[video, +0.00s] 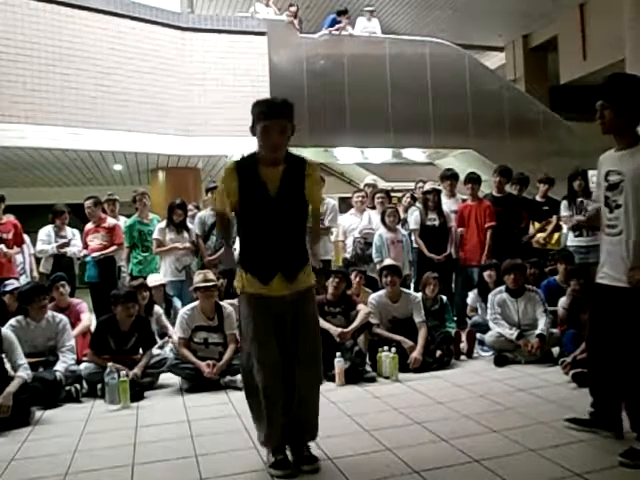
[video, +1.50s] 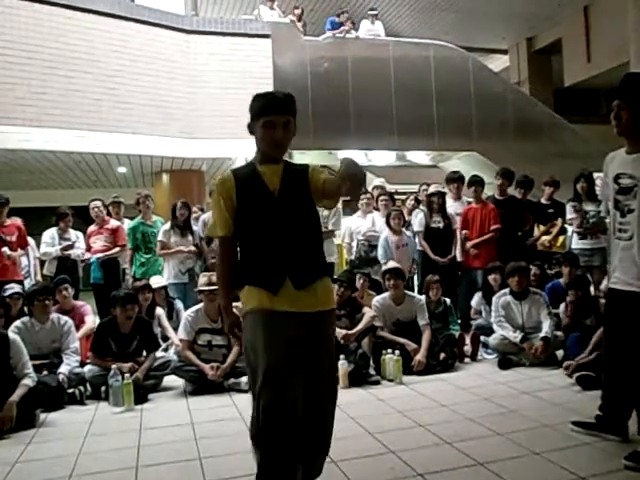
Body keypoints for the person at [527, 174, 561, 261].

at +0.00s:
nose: (546, 187)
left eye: (548, 185)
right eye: (543, 184)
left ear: (550, 188)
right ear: (538, 184)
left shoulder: (555, 203)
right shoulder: (530, 202)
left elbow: (554, 220)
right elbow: (529, 221)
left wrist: (544, 236)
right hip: (535, 239)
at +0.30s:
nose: (548, 190)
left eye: (550, 187)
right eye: (546, 186)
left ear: (553, 190)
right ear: (540, 186)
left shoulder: (557, 204)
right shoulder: (532, 203)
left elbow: (556, 222)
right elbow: (532, 223)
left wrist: (546, 238)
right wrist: (536, 238)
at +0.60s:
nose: (551, 190)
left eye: (553, 188)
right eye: (549, 187)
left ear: (555, 190)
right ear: (543, 187)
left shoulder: (560, 205)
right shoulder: (535, 204)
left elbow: (559, 223)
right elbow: (535, 224)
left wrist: (549, 238)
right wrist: (538, 238)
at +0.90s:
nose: (550, 191)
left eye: (553, 188)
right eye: (548, 187)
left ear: (555, 190)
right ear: (543, 187)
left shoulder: (560, 205)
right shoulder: (535, 205)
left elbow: (559, 223)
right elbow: (534, 224)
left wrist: (549, 238)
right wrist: (539, 239)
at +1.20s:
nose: (551, 190)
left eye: (554, 188)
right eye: (549, 186)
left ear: (556, 190)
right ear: (543, 187)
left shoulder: (560, 205)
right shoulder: (535, 204)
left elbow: (559, 223)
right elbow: (534, 224)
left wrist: (549, 239)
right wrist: (539, 239)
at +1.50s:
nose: (552, 190)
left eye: (554, 187)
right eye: (549, 186)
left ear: (556, 190)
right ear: (543, 187)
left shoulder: (560, 205)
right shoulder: (536, 205)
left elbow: (560, 223)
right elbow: (535, 224)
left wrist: (550, 239)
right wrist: (540, 239)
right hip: (540, 241)